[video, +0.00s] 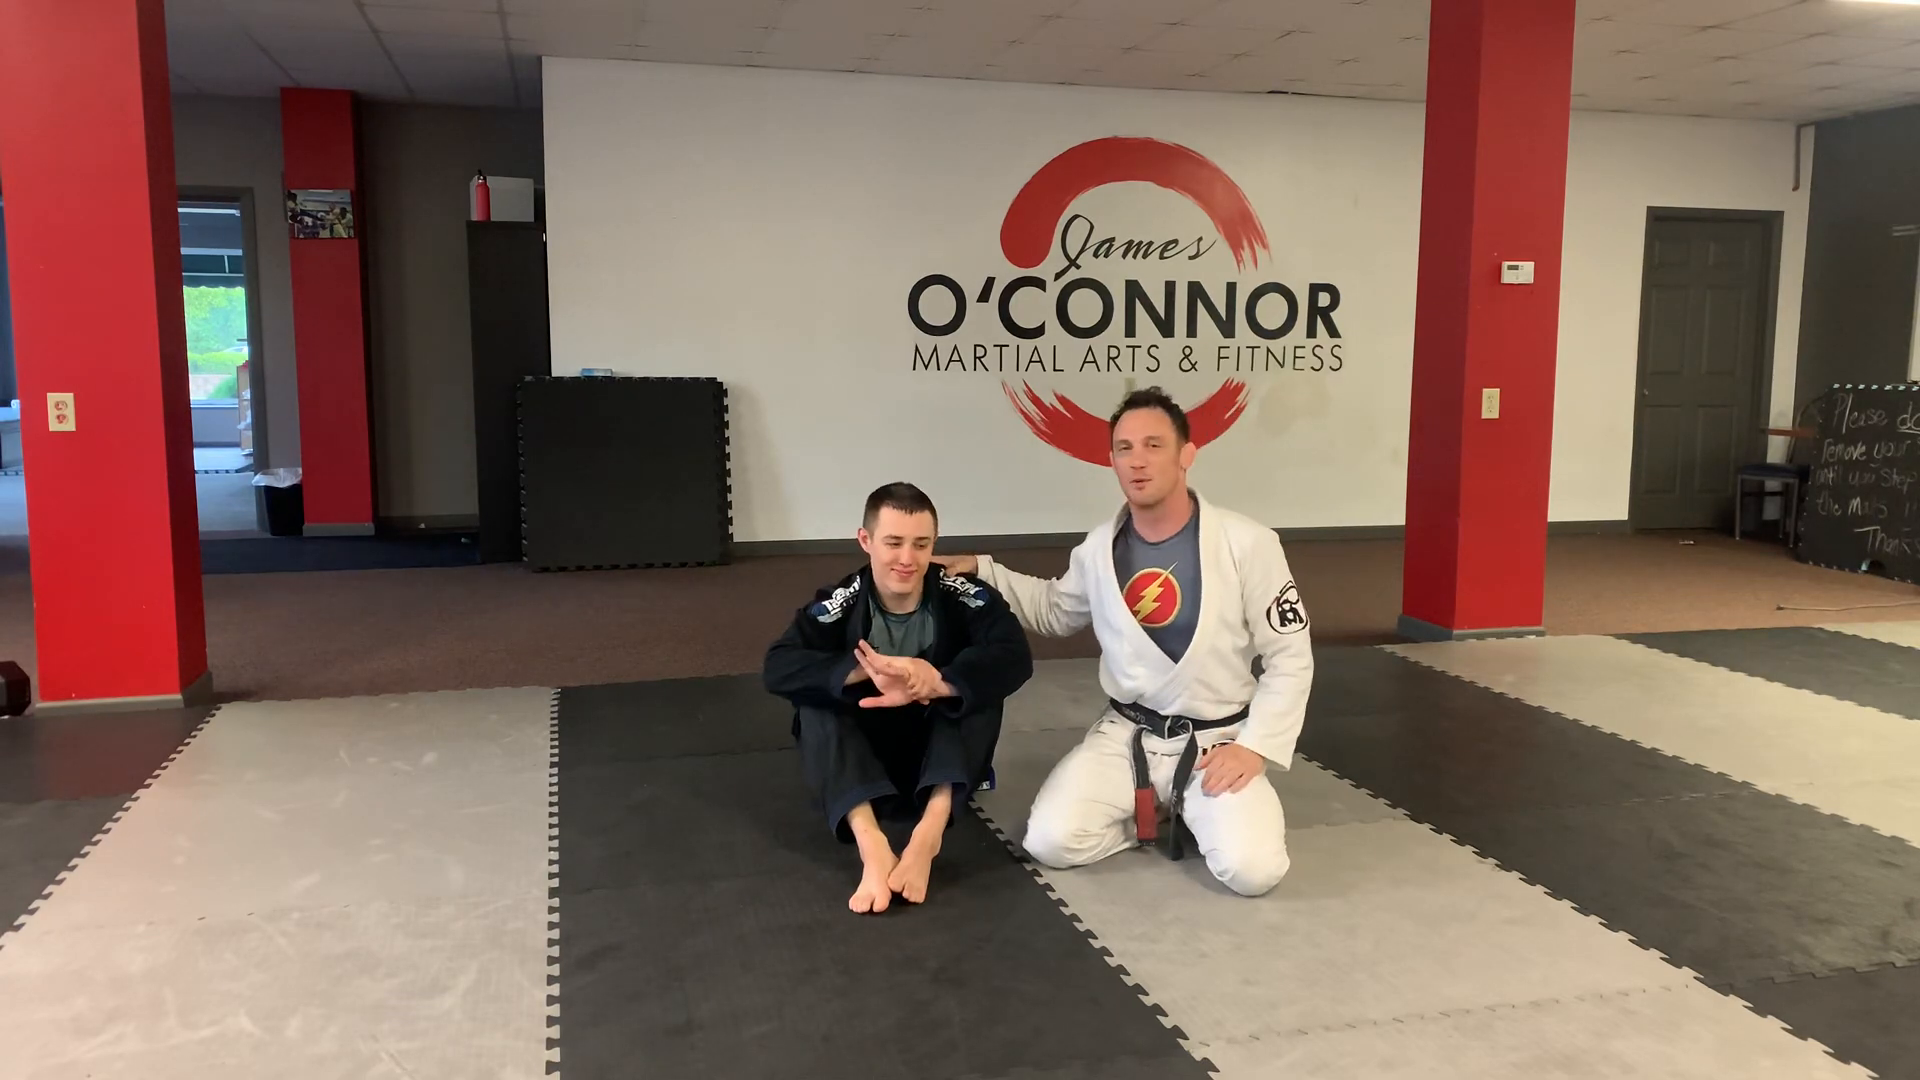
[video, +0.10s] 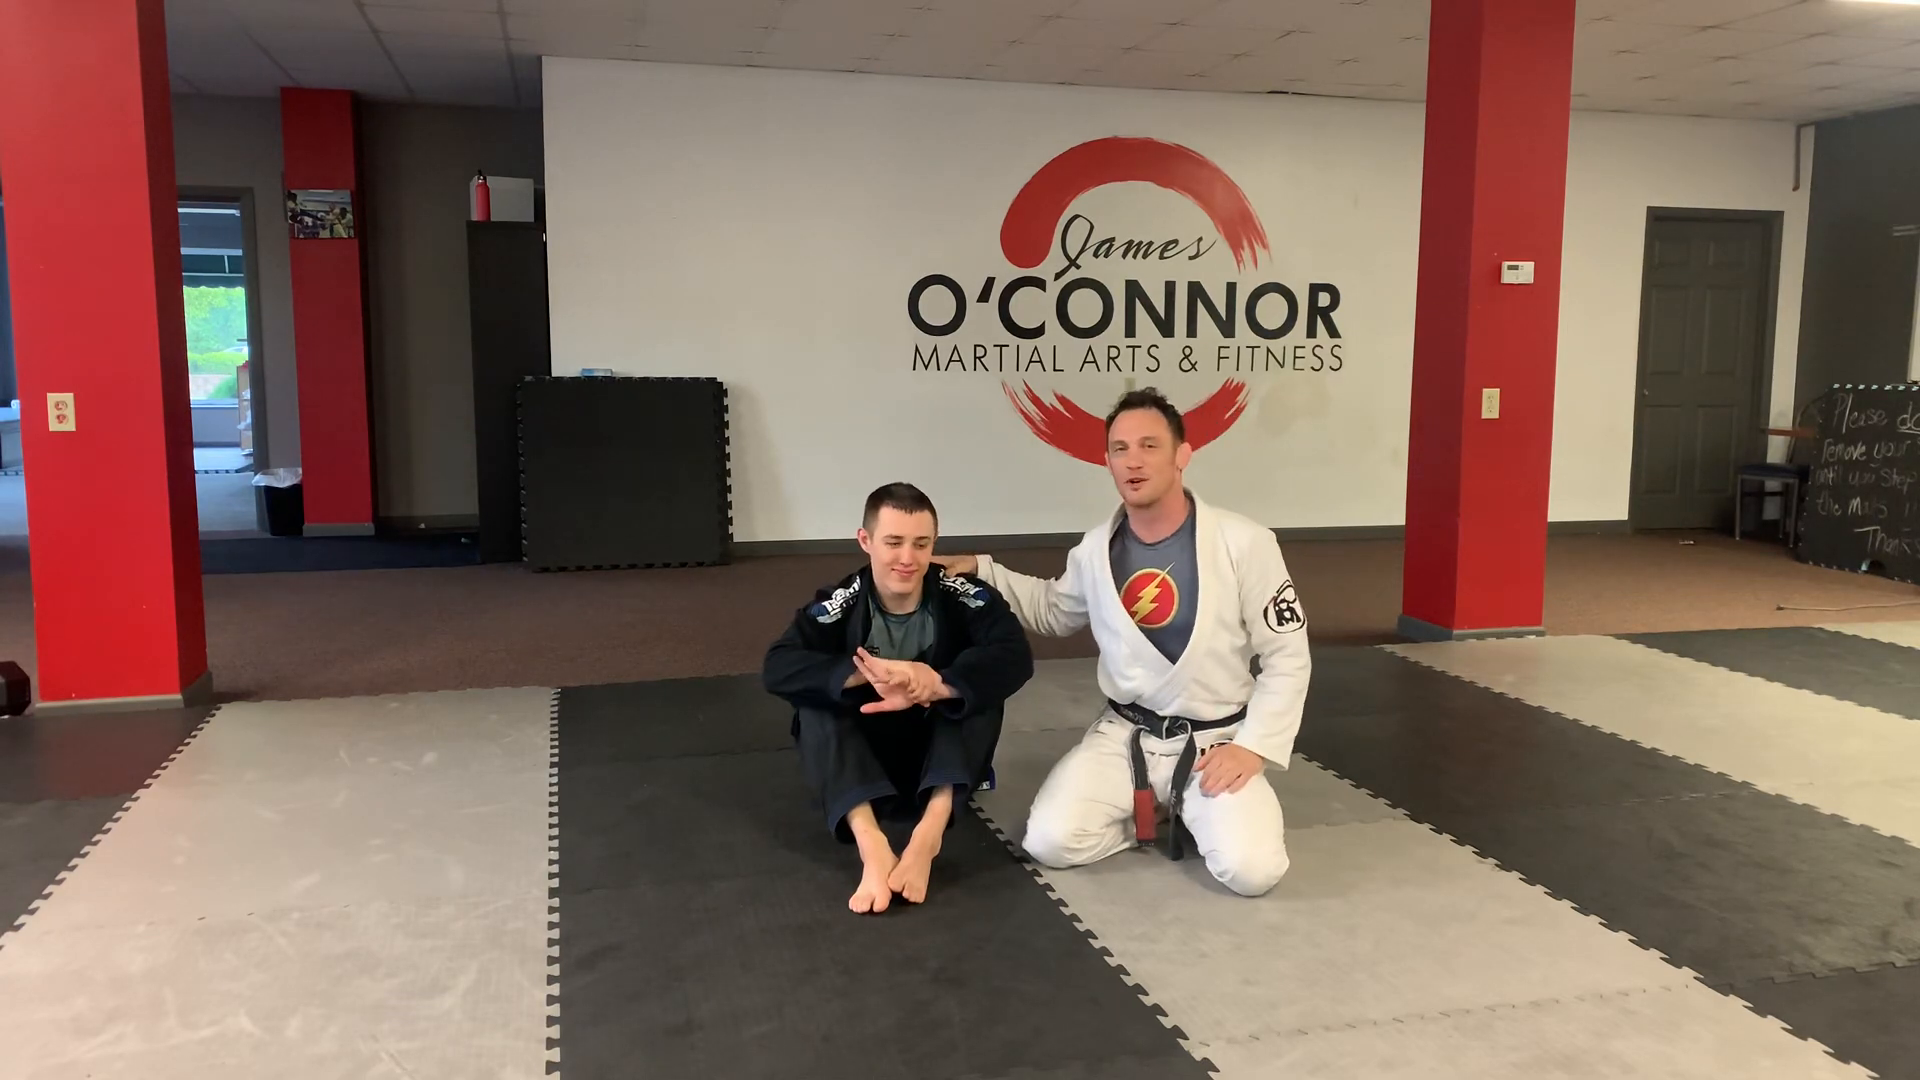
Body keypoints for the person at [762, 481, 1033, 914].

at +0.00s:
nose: (907, 557)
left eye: (920, 545)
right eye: (894, 543)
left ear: (933, 545)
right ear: (865, 542)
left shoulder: (967, 596)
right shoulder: (841, 603)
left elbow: (1014, 657)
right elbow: (779, 668)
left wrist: (940, 683)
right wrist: (861, 669)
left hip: (941, 755)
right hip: (862, 757)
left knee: (979, 685)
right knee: (815, 701)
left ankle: (930, 831)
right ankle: (871, 843)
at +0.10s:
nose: (907, 557)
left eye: (920, 544)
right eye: (894, 543)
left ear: (933, 545)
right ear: (865, 541)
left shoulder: (969, 597)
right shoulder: (840, 603)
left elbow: (1015, 656)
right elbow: (779, 667)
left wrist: (941, 685)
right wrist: (862, 671)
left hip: (941, 756)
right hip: (862, 758)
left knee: (980, 689)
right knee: (815, 702)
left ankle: (930, 832)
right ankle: (871, 844)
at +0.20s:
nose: (907, 557)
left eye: (919, 544)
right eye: (892, 543)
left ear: (932, 544)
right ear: (864, 542)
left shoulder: (967, 597)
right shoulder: (840, 604)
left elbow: (1015, 655)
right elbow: (778, 668)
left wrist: (937, 688)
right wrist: (860, 675)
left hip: (940, 758)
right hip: (861, 761)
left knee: (980, 689)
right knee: (815, 702)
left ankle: (930, 832)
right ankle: (871, 844)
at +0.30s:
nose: (906, 556)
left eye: (918, 542)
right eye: (891, 542)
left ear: (931, 542)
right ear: (863, 542)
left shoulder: (964, 596)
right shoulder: (840, 604)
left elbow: (1015, 657)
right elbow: (779, 669)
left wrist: (918, 707)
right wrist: (878, 691)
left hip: (938, 756)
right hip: (858, 759)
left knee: (983, 693)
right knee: (811, 706)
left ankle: (930, 835)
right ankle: (870, 845)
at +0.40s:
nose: (903, 553)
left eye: (914, 539)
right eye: (887, 540)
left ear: (928, 539)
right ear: (860, 542)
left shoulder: (959, 594)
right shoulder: (838, 604)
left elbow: (1017, 656)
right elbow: (779, 670)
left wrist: (926, 713)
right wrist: (878, 700)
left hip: (938, 757)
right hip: (859, 759)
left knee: (989, 699)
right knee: (808, 708)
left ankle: (930, 836)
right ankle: (870, 846)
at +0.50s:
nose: (904, 553)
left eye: (913, 537)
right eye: (887, 540)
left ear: (924, 536)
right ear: (857, 547)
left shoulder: (956, 594)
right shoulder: (836, 605)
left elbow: (1021, 655)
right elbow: (780, 670)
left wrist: (930, 705)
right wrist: (879, 692)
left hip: (937, 754)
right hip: (859, 757)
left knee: (990, 699)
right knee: (809, 709)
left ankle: (931, 834)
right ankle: (870, 846)